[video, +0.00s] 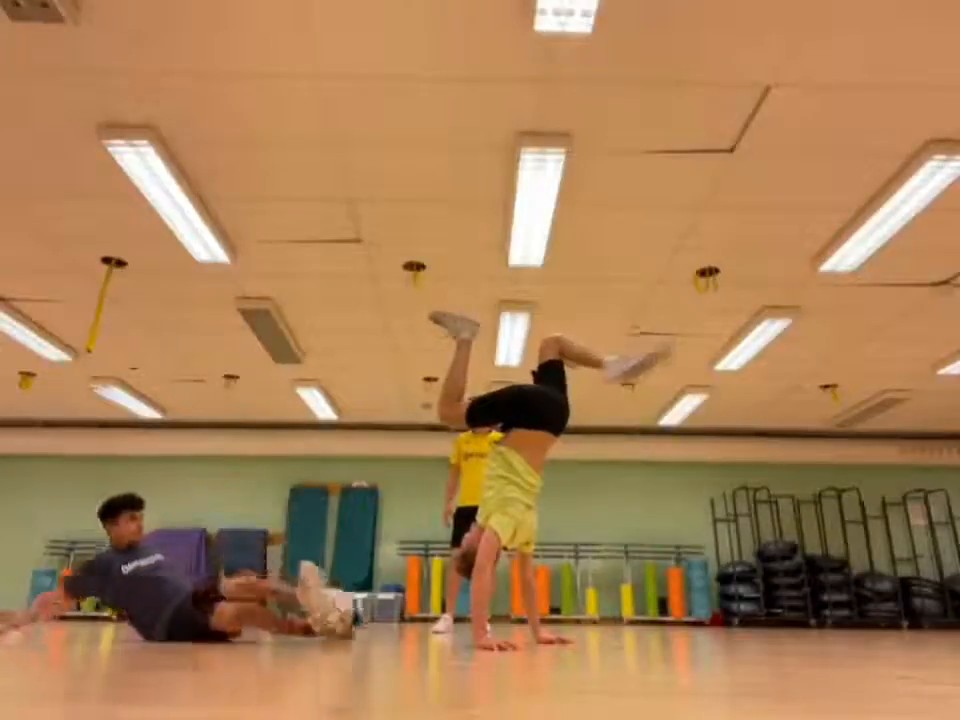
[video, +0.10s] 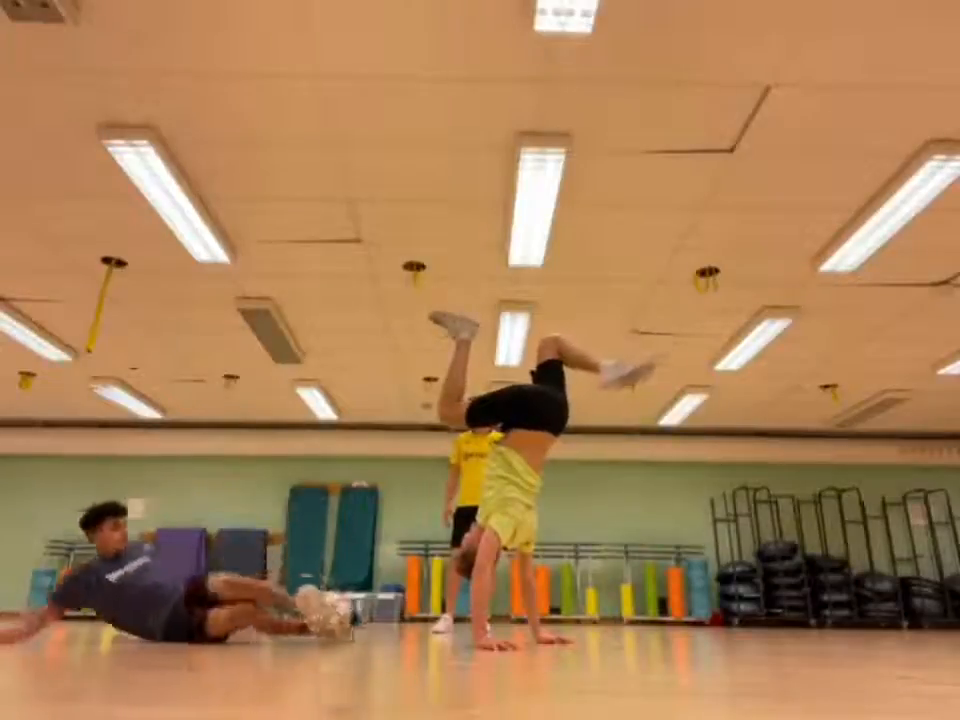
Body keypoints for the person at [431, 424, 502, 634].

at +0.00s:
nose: (479, 421)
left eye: (483, 415)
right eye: (475, 415)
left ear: (493, 417)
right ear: (468, 416)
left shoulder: (500, 440)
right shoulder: (462, 440)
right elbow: (454, 473)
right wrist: (449, 502)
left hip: (492, 504)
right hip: (466, 504)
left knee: (487, 564)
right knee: (457, 560)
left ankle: (484, 618)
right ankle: (449, 613)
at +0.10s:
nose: (479, 420)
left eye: (483, 415)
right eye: (475, 414)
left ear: (493, 416)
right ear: (468, 416)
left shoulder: (500, 440)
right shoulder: (462, 440)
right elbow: (454, 473)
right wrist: (449, 502)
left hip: (492, 504)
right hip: (466, 504)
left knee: (487, 564)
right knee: (457, 560)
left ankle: (483, 618)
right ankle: (449, 613)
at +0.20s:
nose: (479, 420)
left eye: (483, 415)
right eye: (475, 414)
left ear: (493, 416)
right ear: (468, 416)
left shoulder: (499, 440)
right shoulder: (462, 440)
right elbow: (454, 473)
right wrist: (449, 502)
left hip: (492, 504)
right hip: (466, 504)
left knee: (487, 564)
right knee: (457, 560)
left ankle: (483, 618)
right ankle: (449, 613)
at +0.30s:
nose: (478, 421)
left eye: (482, 415)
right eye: (474, 415)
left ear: (492, 417)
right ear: (467, 416)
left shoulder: (499, 440)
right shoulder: (462, 440)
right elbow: (454, 473)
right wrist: (449, 502)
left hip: (492, 504)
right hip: (466, 504)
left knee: (488, 564)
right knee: (457, 560)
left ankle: (483, 618)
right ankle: (449, 613)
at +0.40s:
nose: (478, 420)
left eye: (482, 415)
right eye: (474, 414)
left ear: (492, 416)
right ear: (467, 416)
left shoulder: (499, 440)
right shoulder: (462, 440)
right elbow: (454, 473)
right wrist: (449, 502)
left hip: (492, 504)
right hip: (466, 504)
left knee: (488, 564)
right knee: (457, 560)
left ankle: (483, 618)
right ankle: (449, 613)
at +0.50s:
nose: (477, 421)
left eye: (481, 415)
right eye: (473, 414)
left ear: (492, 416)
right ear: (466, 416)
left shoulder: (500, 439)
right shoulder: (463, 440)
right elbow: (454, 473)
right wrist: (449, 502)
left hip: (492, 504)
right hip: (466, 504)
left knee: (488, 564)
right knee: (457, 560)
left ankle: (483, 618)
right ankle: (449, 613)